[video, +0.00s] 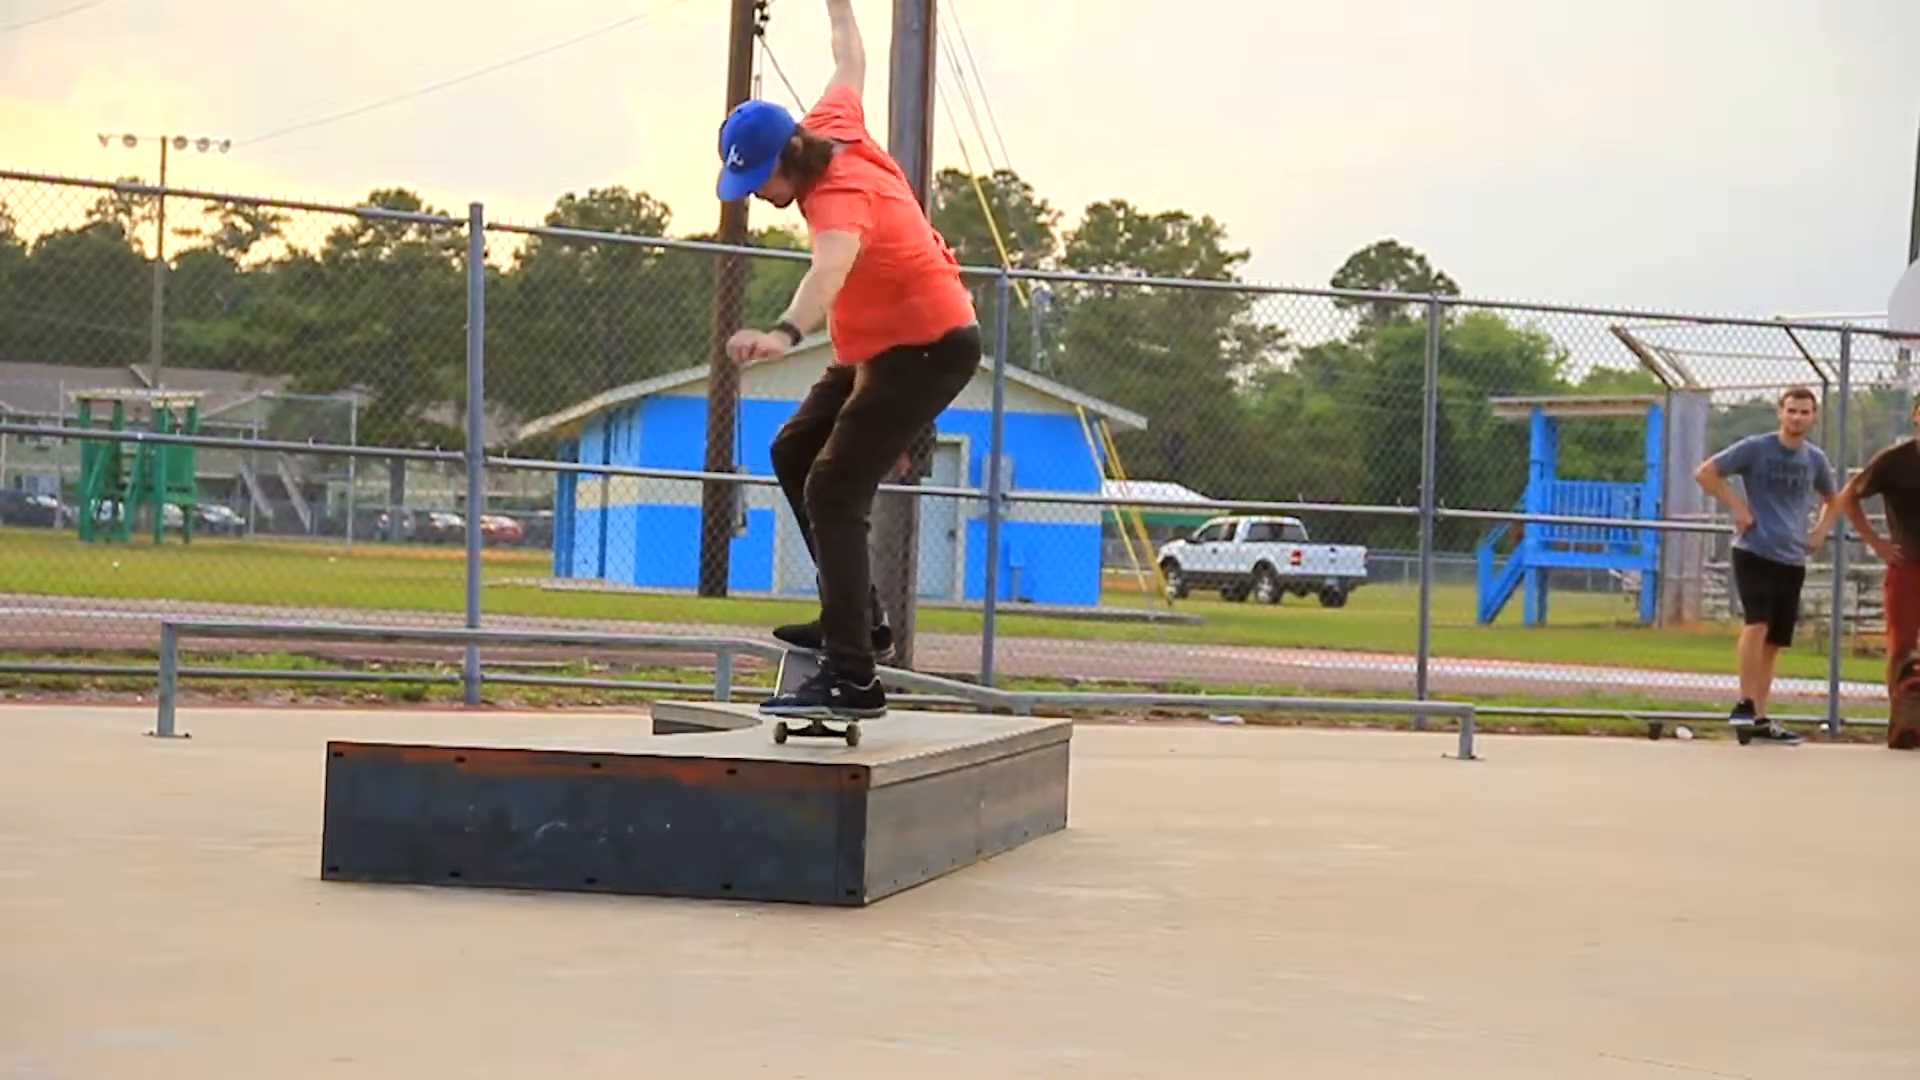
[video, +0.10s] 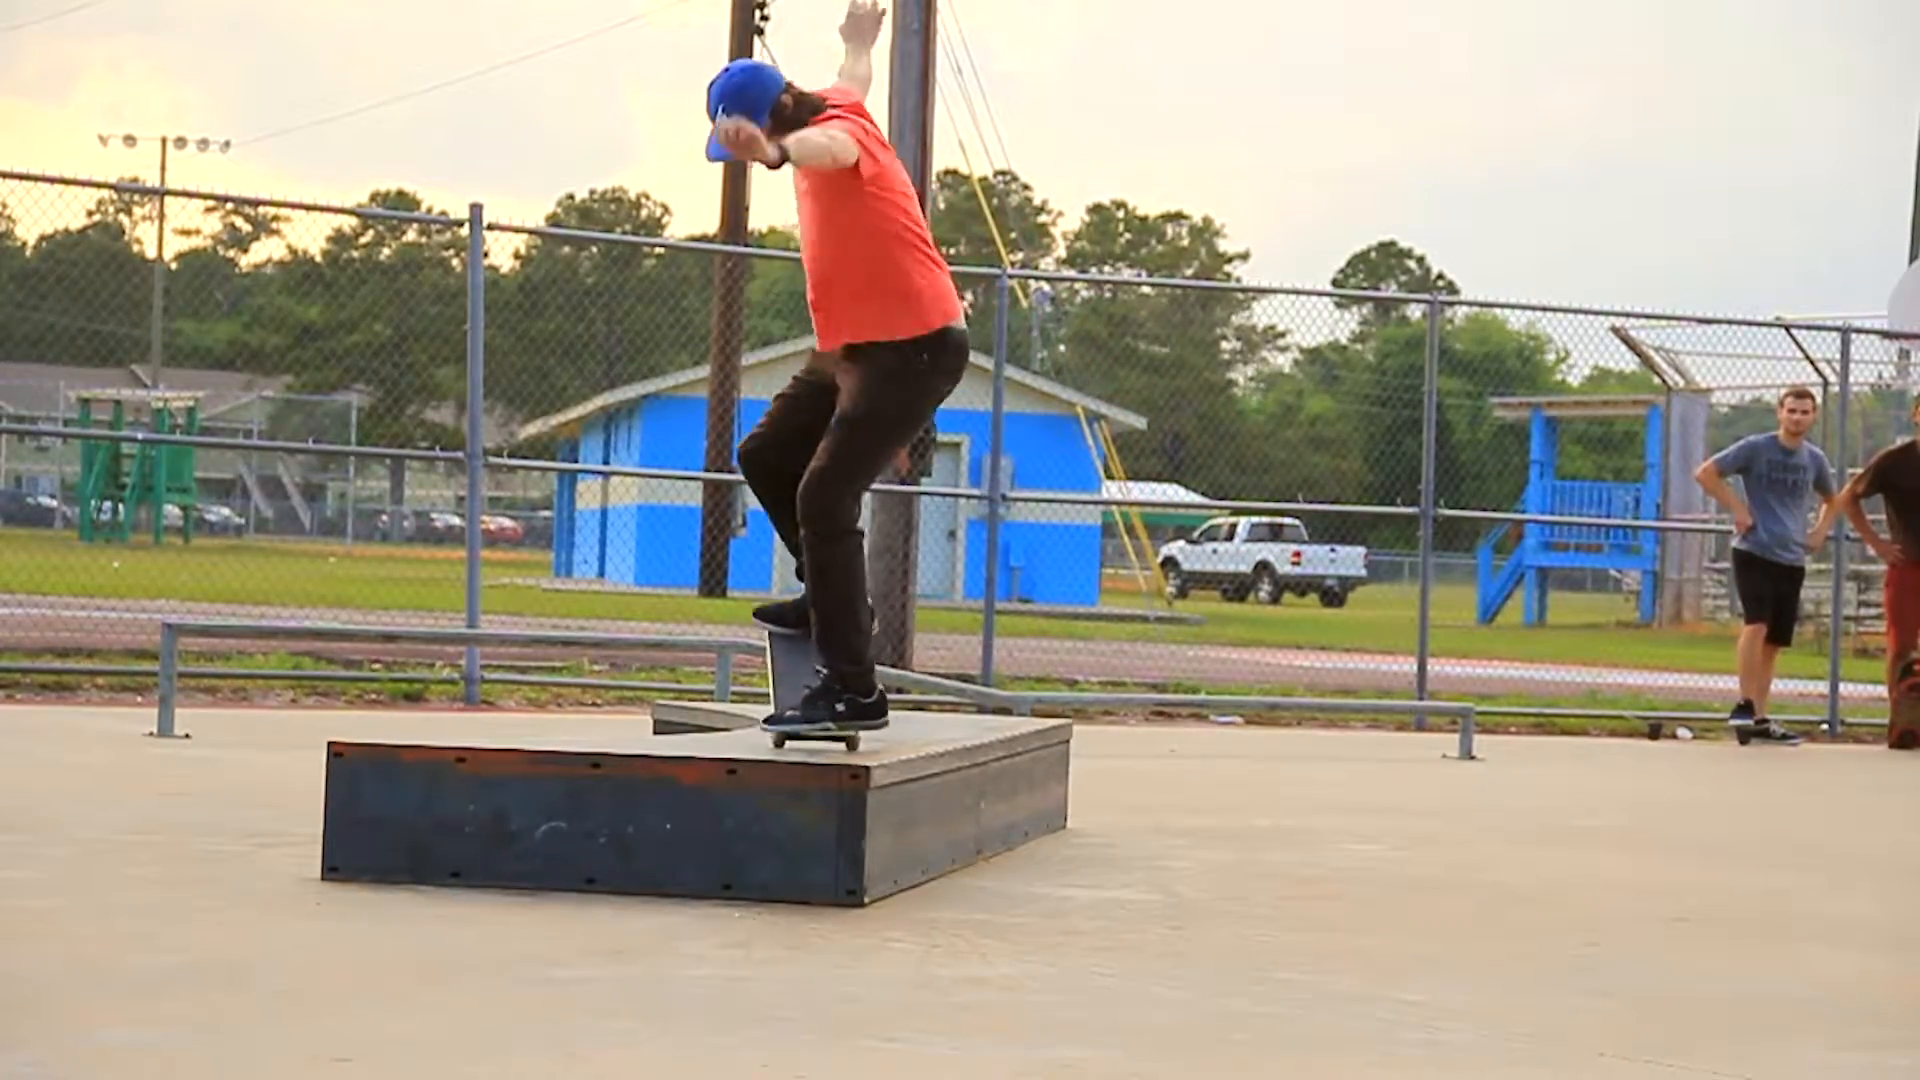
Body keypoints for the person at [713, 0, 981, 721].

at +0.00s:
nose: (762, 197)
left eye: (765, 183)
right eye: (753, 187)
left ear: (792, 161)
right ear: (774, 154)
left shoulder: (838, 194)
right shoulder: (826, 123)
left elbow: (831, 266)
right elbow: (849, 53)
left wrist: (786, 331)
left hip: (929, 346)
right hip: (882, 342)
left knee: (834, 488)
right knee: (793, 452)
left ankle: (850, 678)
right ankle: (857, 617)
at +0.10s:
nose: (747, 155)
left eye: (744, 144)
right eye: (737, 149)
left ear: (771, 115)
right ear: (781, 96)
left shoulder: (828, 131)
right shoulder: (829, 109)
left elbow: (834, 150)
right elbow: (856, 48)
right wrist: (866, 18)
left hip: (913, 347)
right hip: (854, 345)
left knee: (824, 495)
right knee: (765, 457)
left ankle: (853, 687)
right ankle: (828, 592)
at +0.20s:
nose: (742, 121)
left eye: (741, 107)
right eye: (733, 112)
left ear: (767, 75)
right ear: (755, 82)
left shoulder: (836, 97)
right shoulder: (801, 119)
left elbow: (824, 80)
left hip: (907, 320)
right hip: (840, 316)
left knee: (841, 493)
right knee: (747, 425)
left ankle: (859, 690)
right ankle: (812, 563)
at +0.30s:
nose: (726, 116)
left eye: (722, 104)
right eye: (717, 110)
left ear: (741, 69)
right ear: (756, 42)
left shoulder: (815, 73)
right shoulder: (815, 60)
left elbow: (784, 100)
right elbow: (860, 44)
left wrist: (694, 79)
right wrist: (881, 18)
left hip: (910, 289)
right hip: (852, 281)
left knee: (833, 461)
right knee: (741, 388)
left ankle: (857, 674)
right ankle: (808, 551)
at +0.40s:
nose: (706, 177)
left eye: (702, 162)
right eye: (695, 168)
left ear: (727, 128)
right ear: (715, 120)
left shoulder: (794, 141)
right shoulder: (776, 73)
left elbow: (765, 219)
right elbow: (841, 7)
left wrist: (678, 267)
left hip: (917, 303)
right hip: (852, 298)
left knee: (803, 449)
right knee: (744, 420)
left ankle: (859, 654)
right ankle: (808, 599)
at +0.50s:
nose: (679, 251)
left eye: (676, 237)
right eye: (668, 242)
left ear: (702, 205)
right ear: (687, 201)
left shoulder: (769, 225)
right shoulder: (749, 128)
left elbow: (774, 350)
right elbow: (829, 35)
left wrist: (680, 425)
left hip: (911, 358)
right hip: (855, 360)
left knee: (816, 530)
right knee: (755, 511)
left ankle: (837, 758)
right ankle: (809, 707)